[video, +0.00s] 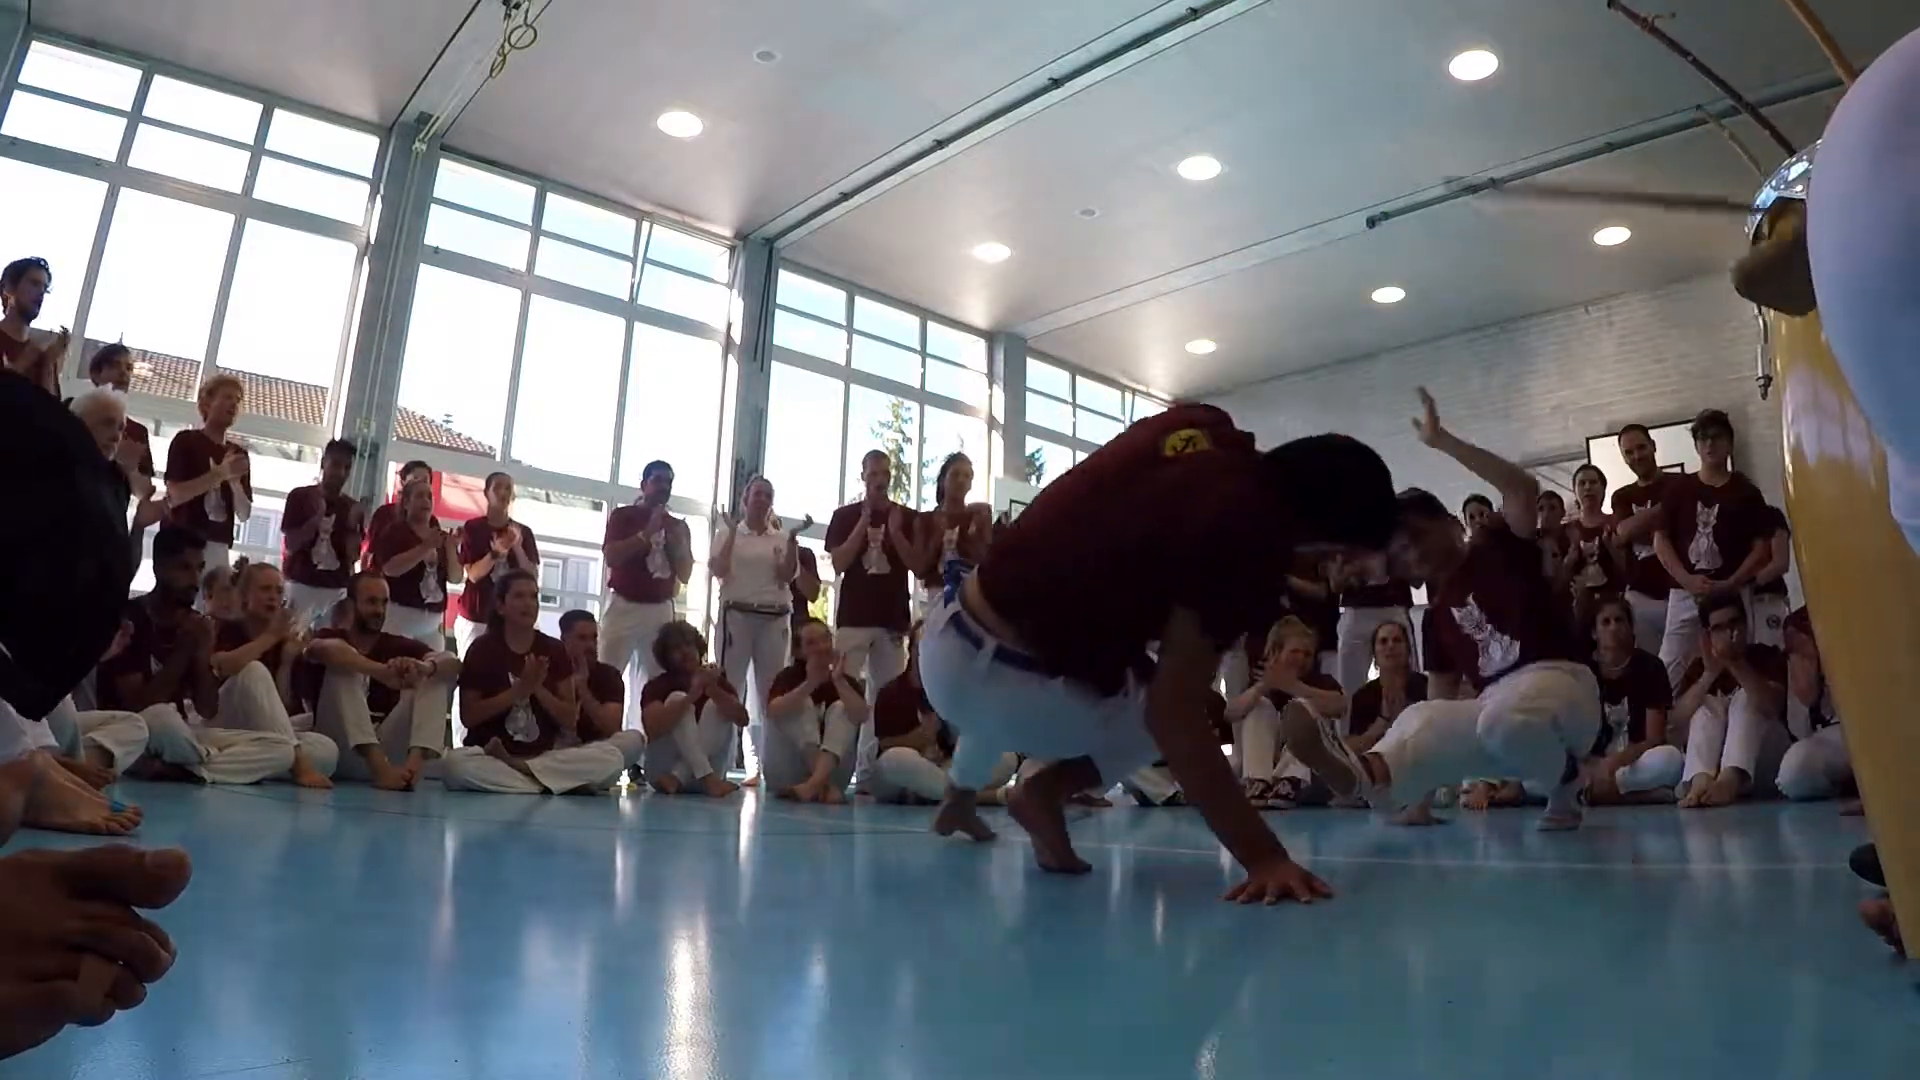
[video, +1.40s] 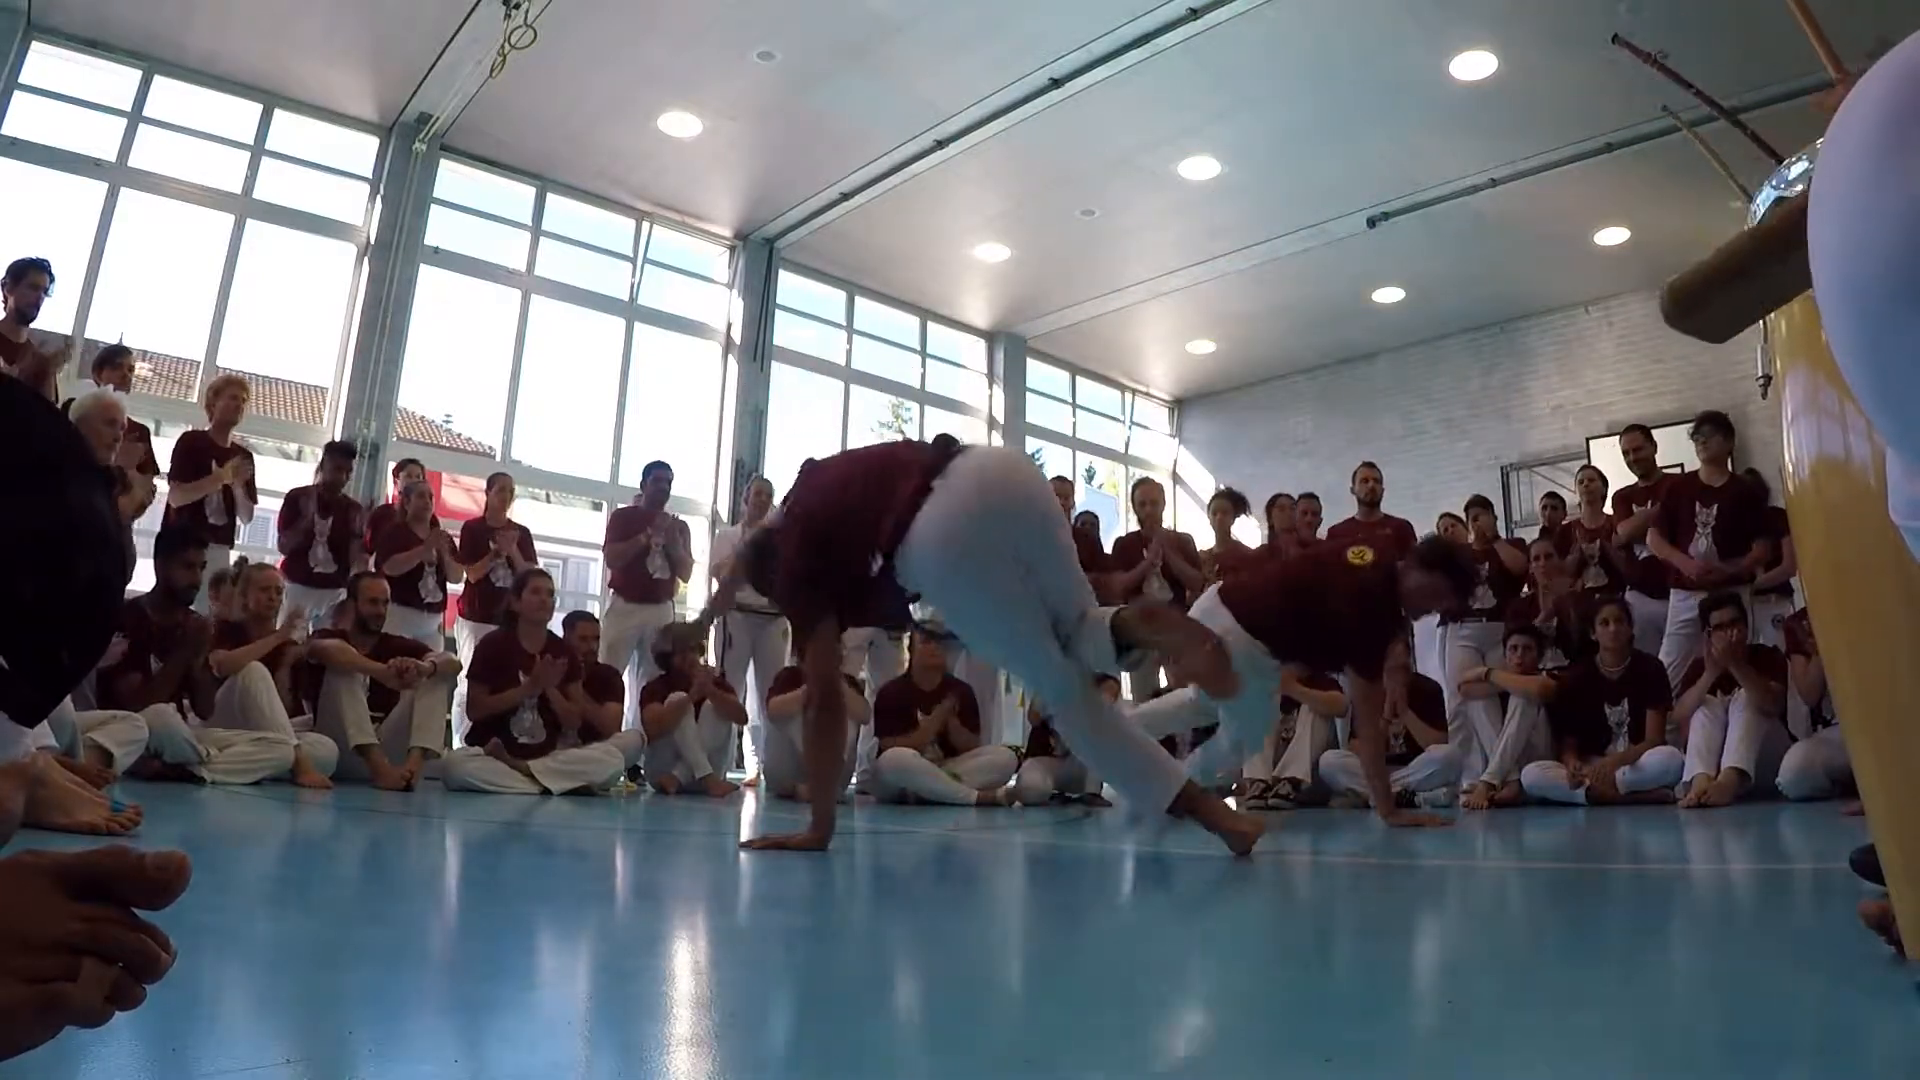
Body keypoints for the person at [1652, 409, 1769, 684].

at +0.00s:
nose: (1709, 445)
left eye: (1717, 438)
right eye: (1703, 439)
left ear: (1730, 444)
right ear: (1696, 445)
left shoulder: (1746, 491)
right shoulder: (1677, 488)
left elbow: (1761, 549)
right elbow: (1660, 541)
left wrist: (1730, 584)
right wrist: (1686, 579)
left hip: (1731, 591)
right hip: (1686, 593)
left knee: (1736, 668)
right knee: (1671, 669)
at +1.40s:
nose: (1702, 443)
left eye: (1710, 437)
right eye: (1697, 438)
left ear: (1729, 443)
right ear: (1693, 445)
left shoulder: (1748, 490)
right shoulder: (1677, 488)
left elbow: (1763, 550)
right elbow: (1653, 538)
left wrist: (1724, 571)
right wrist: (1684, 563)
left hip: (1731, 595)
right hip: (1684, 596)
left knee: (1733, 674)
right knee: (1668, 674)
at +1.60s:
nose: (1698, 445)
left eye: (1706, 438)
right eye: (1695, 440)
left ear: (1726, 443)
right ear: (1691, 446)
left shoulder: (1743, 483)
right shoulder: (1680, 486)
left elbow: (1756, 540)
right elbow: (1664, 536)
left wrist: (1721, 522)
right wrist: (1698, 533)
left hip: (1735, 587)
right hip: (1688, 590)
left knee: (1739, 665)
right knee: (1667, 672)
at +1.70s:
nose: (1697, 445)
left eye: (1705, 438)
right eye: (1694, 440)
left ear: (1726, 443)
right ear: (1691, 446)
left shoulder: (1744, 485)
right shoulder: (1680, 486)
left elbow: (1756, 536)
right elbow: (1662, 535)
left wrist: (1722, 519)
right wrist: (1692, 527)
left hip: (1734, 587)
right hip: (1687, 590)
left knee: (1739, 665)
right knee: (1667, 672)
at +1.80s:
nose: (1695, 446)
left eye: (1702, 439)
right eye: (1691, 441)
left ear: (1724, 443)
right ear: (1688, 446)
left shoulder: (1744, 485)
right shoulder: (1680, 487)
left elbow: (1775, 529)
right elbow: (1651, 539)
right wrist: (1669, 518)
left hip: (1734, 587)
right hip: (1687, 591)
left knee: (1738, 665)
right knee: (1669, 671)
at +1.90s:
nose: (1695, 447)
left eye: (1701, 440)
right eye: (1691, 443)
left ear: (1724, 443)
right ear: (1688, 448)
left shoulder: (1744, 487)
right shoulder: (1680, 489)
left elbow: (1772, 531)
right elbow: (1657, 542)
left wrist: (1776, 567)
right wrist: (1655, 503)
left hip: (1735, 587)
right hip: (1688, 590)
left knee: (1740, 664)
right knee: (1668, 670)